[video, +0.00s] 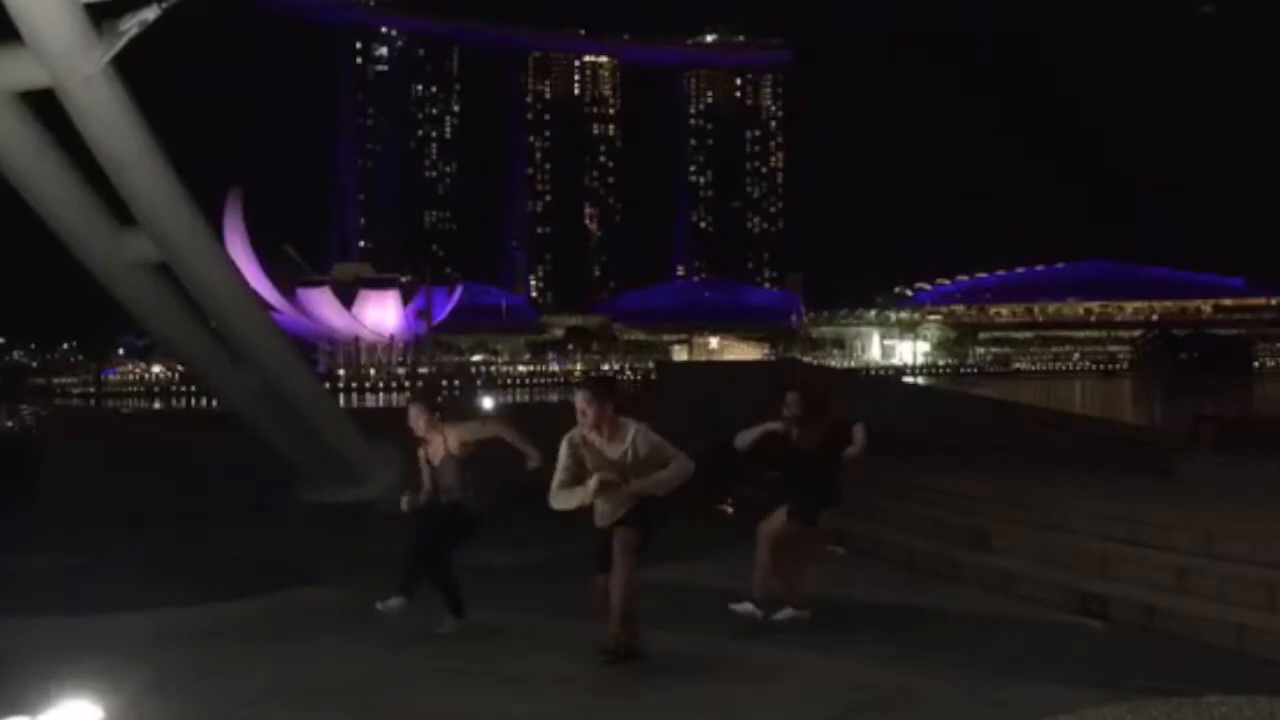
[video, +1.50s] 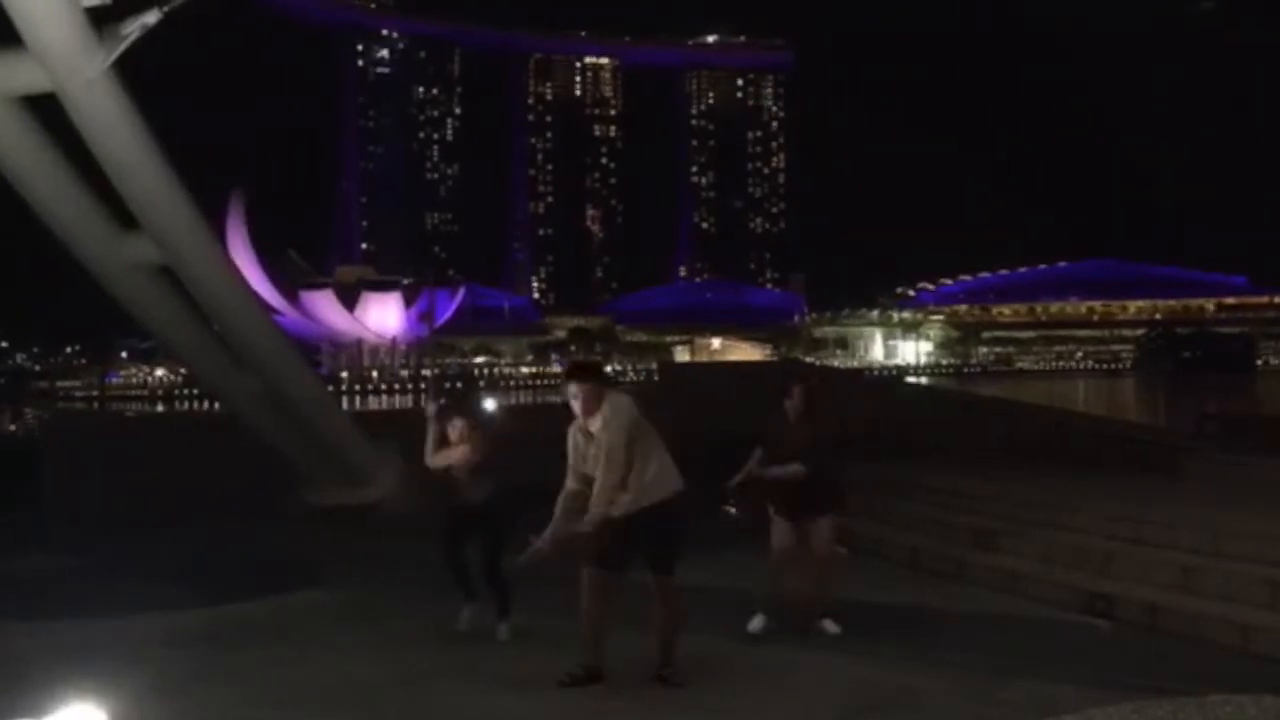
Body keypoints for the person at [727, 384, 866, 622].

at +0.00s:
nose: (786, 410)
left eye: (791, 406)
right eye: (786, 405)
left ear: (807, 409)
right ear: (787, 407)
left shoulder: (825, 432)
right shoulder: (784, 432)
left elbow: (856, 427)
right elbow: (740, 443)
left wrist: (857, 448)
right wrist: (768, 427)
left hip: (817, 498)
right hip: (794, 495)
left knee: (767, 531)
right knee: (793, 547)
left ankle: (759, 600)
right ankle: (797, 604)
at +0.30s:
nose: (803, 388)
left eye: (808, 382)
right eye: (799, 382)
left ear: (818, 387)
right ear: (794, 386)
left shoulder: (830, 420)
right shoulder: (787, 417)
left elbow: (847, 455)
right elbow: (755, 445)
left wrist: (854, 486)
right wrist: (775, 432)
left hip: (821, 491)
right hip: (786, 490)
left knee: (816, 551)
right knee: (780, 548)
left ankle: (820, 611)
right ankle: (786, 600)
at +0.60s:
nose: (812, 395)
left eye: (817, 389)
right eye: (808, 389)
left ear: (828, 392)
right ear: (803, 392)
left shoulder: (841, 421)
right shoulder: (797, 423)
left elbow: (863, 447)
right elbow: (784, 465)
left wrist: (879, 471)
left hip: (833, 495)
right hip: (801, 495)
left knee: (829, 556)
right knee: (792, 551)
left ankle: (823, 612)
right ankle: (764, 607)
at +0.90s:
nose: (818, 402)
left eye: (822, 397)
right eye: (814, 397)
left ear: (830, 399)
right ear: (807, 398)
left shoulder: (834, 427)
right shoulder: (794, 425)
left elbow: (844, 454)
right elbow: (765, 459)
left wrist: (863, 456)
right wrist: (742, 492)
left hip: (828, 495)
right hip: (795, 492)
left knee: (829, 553)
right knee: (804, 540)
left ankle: (823, 611)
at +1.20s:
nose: (809, 401)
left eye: (815, 396)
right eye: (806, 395)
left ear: (826, 399)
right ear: (801, 398)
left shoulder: (836, 430)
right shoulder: (789, 427)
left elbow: (845, 472)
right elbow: (769, 465)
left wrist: (819, 496)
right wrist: (759, 501)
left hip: (825, 497)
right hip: (791, 497)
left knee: (829, 551)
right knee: (796, 541)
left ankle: (826, 610)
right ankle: (803, 601)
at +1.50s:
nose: (797, 405)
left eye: (802, 399)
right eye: (794, 398)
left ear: (810, 401)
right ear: (786, 399)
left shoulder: (817, 429)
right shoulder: (777, 426)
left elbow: (805, 470)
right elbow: (759, 456)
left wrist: (761, 474)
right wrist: (738, 480)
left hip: (817, 501)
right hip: (782, 501)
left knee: (822, 557)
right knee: (779, 555)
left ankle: (822, 612)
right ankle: (767, 610)